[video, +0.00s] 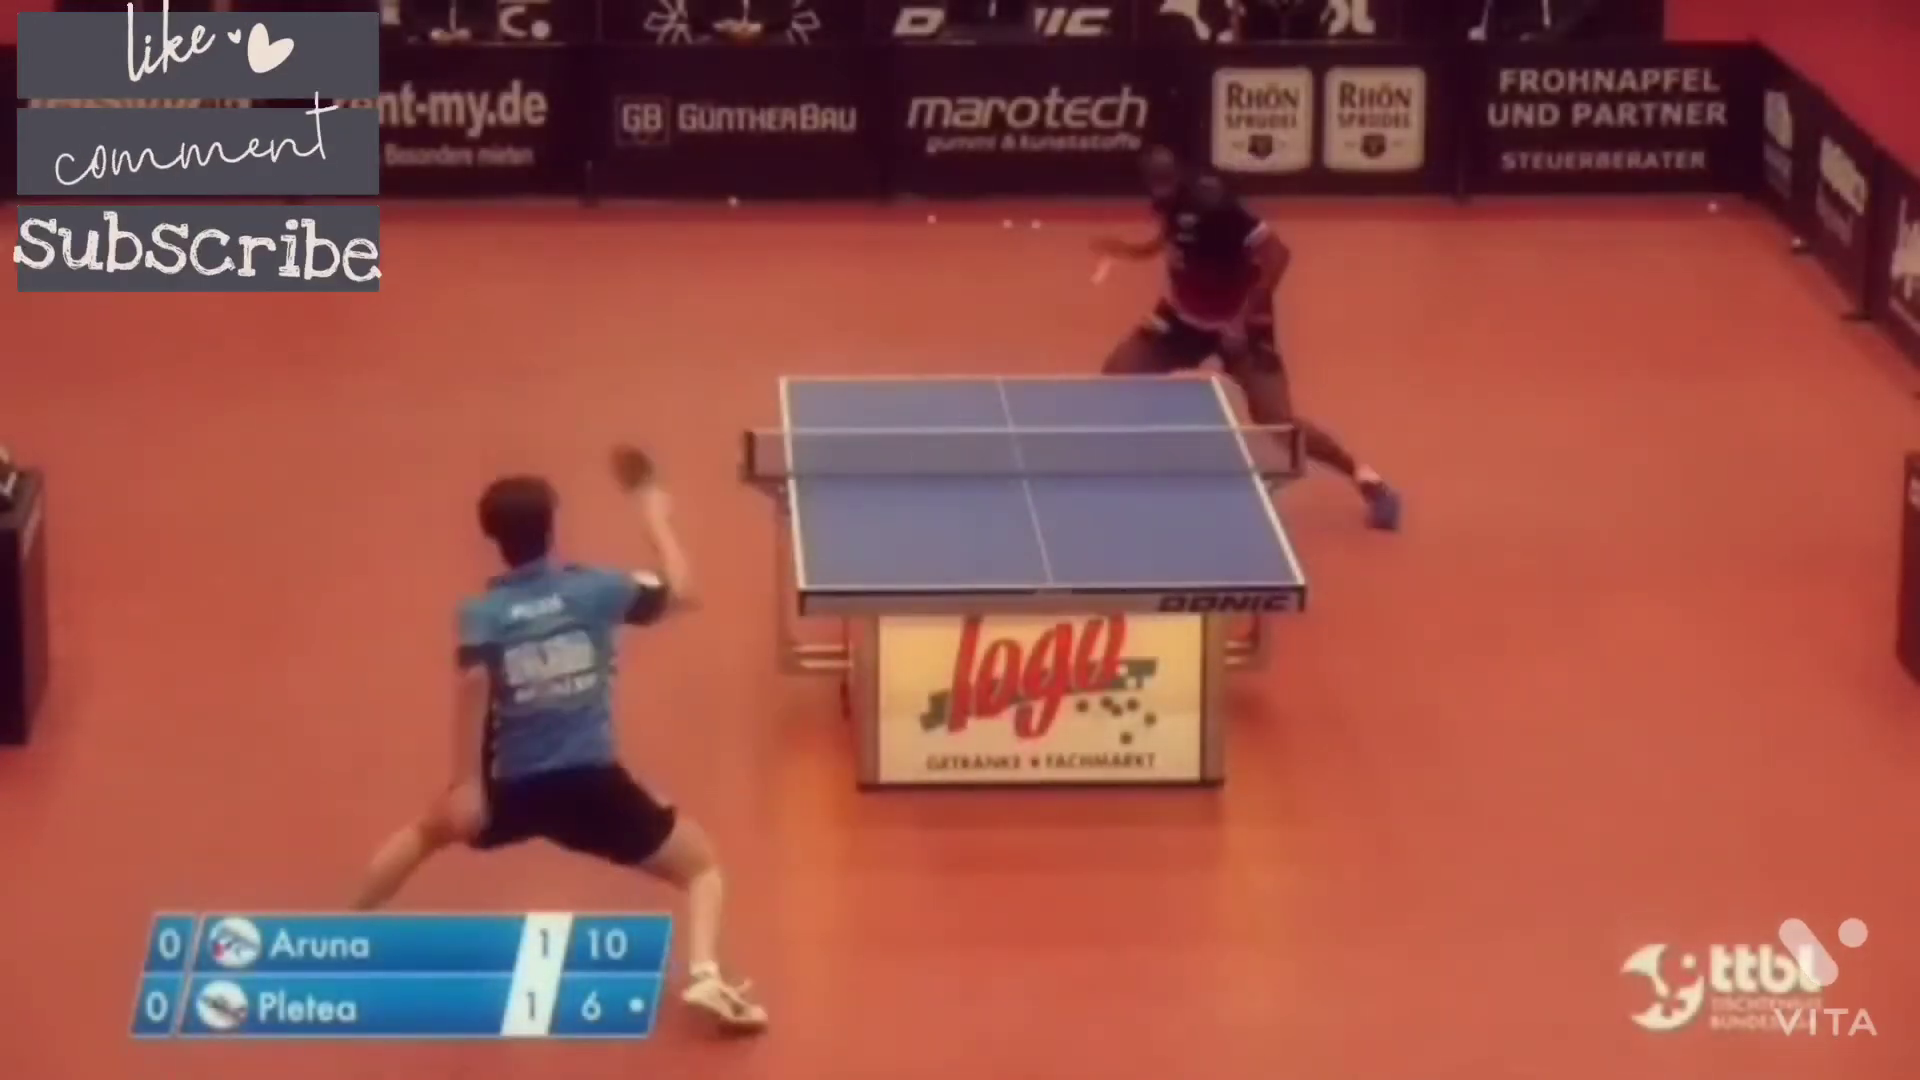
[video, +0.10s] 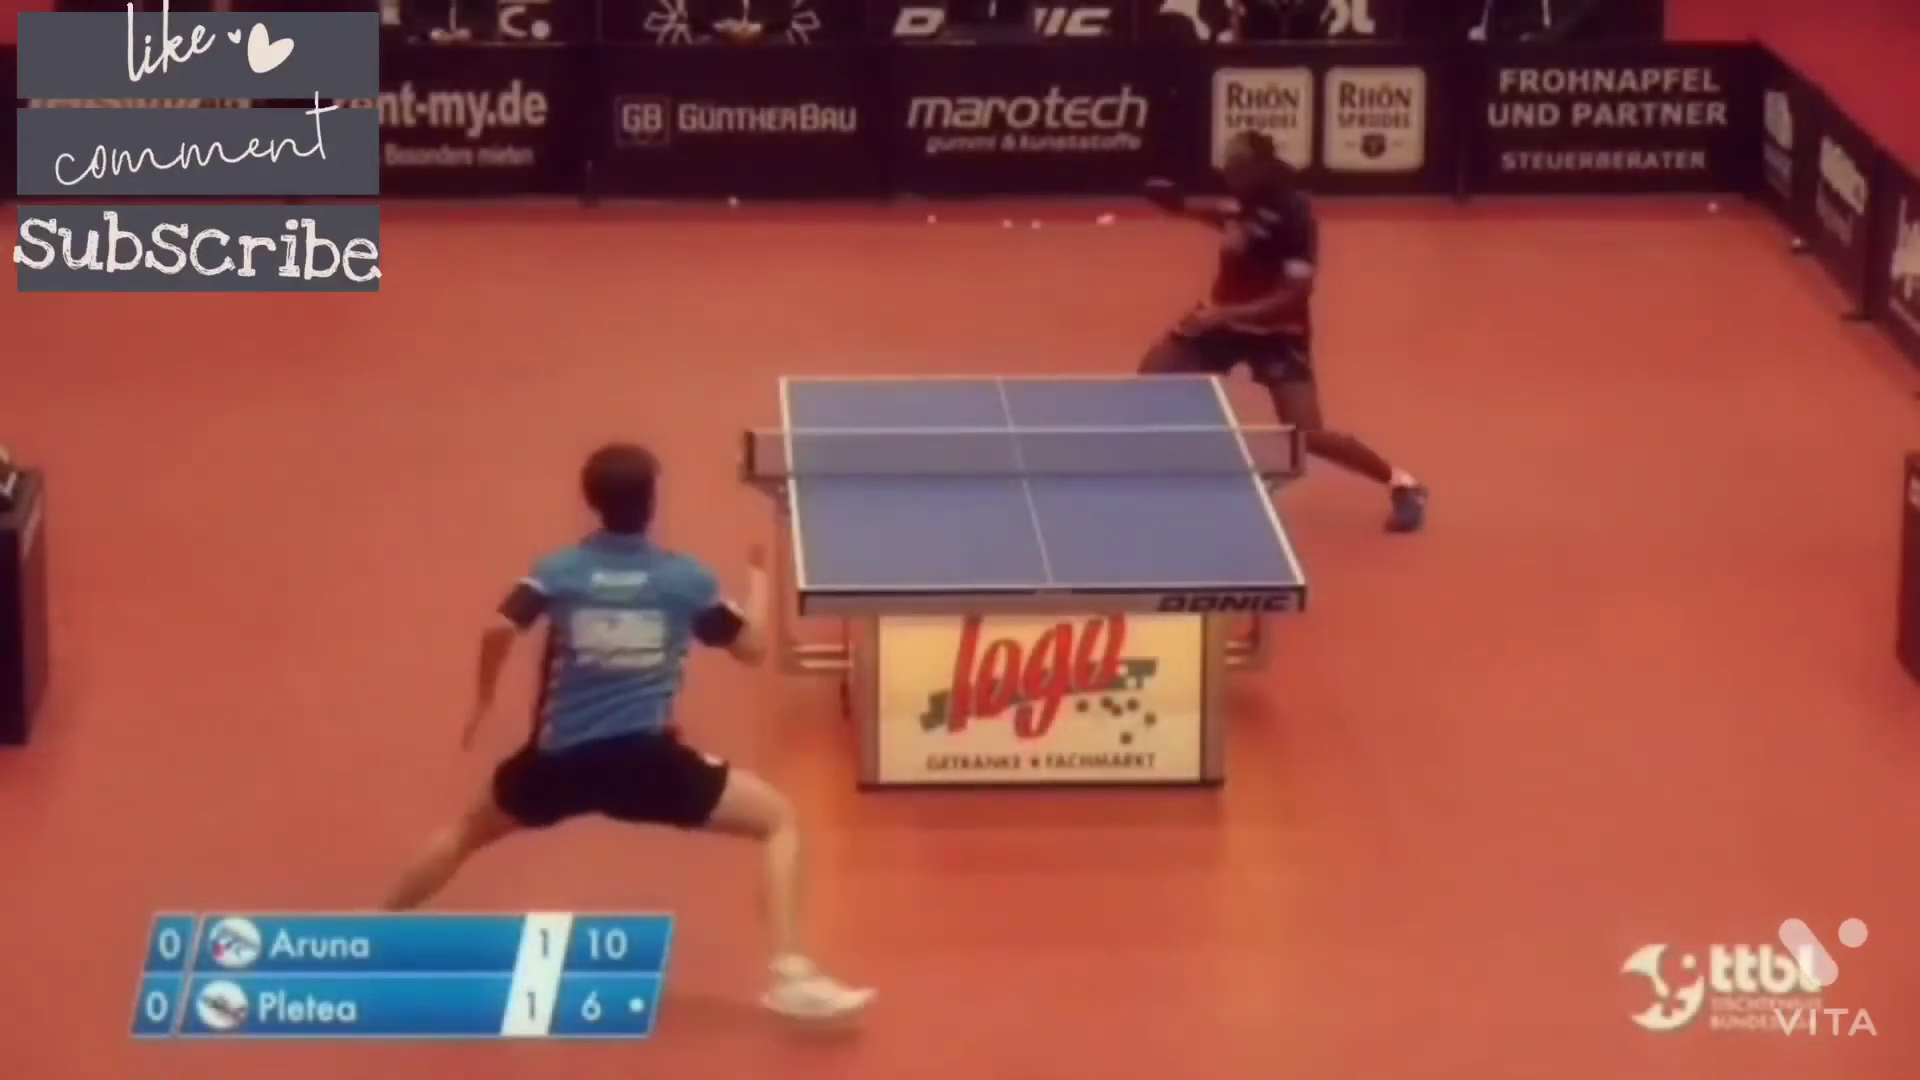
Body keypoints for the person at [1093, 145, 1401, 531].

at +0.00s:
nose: (1160, 189)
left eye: (1165, 180)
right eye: (1154, 182)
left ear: (1181, 175)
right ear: (1149, 182)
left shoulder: (1217, 204)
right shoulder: (1167, 205)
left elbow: (1276, 256)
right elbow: (1164, 242)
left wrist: (1246, 316)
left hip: (1242, 329)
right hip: (1183, 323)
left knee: (1278, 425)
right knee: (1115, 375)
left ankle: (1363, 479)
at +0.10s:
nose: (1232, 175)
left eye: (1240, 167)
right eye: (1230, 167)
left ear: (1263, 167)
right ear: (1232, 170)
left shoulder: (1294, 212)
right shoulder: (1243, 204)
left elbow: (1294, 294)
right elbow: (1225, 216)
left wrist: (1221, 315)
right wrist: (1181, 205)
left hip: (1277, 336)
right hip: (1223, 326)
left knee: (1309, 435)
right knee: (1151, 379)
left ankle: (1402, 485)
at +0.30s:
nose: (1364, 237)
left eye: (1374, 231)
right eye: (1359, 226)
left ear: (1388, 237)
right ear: (1347, 216)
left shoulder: (1381, 289)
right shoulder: (1319, 211)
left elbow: (1342, 334)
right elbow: (1267, 172)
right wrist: (1276, 219)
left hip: (1311, 346)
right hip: (1249, 333)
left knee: (1360, 415)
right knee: (1186, 404)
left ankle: (1405, 490)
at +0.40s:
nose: (1374, 234)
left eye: (1384, 229)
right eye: (1371, 224)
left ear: (1395, 234)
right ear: (1358, 215)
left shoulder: (1385, 284)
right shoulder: (1326, 217)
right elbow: (1259, 215)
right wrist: (1282, 255)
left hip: (1318, 347)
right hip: (1257, 337)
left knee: (1371, 405)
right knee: (1193, 409)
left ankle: (1409, 489)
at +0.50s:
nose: (1338, 198)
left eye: (1348, 190)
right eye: (1331, 187)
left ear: (1363, 194)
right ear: (1318, 185)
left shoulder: (1371, 245)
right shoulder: (1284, 217)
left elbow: (1348, 308)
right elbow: (1221, 253)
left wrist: (1317, 351)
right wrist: (1249, 276)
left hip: (1320, 333)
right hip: (1258, 325)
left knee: (1369, 398)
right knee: (1195, 394)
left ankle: (1410, 489)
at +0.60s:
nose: (1303, 172)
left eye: (1310, 163)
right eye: (1296, 162)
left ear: (1326, 164)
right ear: (1285, 162)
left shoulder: (1346, 219)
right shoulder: (1257, 197)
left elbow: (1349, 296)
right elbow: (1208, 240)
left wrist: (1316, 346)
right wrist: (1205, 276)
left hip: (1309, 322)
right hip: (1242, 310)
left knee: (1357, 396)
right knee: (1170, 378)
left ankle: (1406, 487)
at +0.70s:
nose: (1245, 155)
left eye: (1254, 146)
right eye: (1240, 146)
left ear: (1273, 145)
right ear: (1231, 145)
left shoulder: (1304, 189)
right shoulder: (1216, 185)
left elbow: (1332, 261)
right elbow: (1191, 241)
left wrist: (1304, 323)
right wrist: (1174, 272)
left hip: (1292, 304)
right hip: (1227, 298)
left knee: (1337, 385)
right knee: (1150, 366)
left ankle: (1382, 478)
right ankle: (1119, 470)